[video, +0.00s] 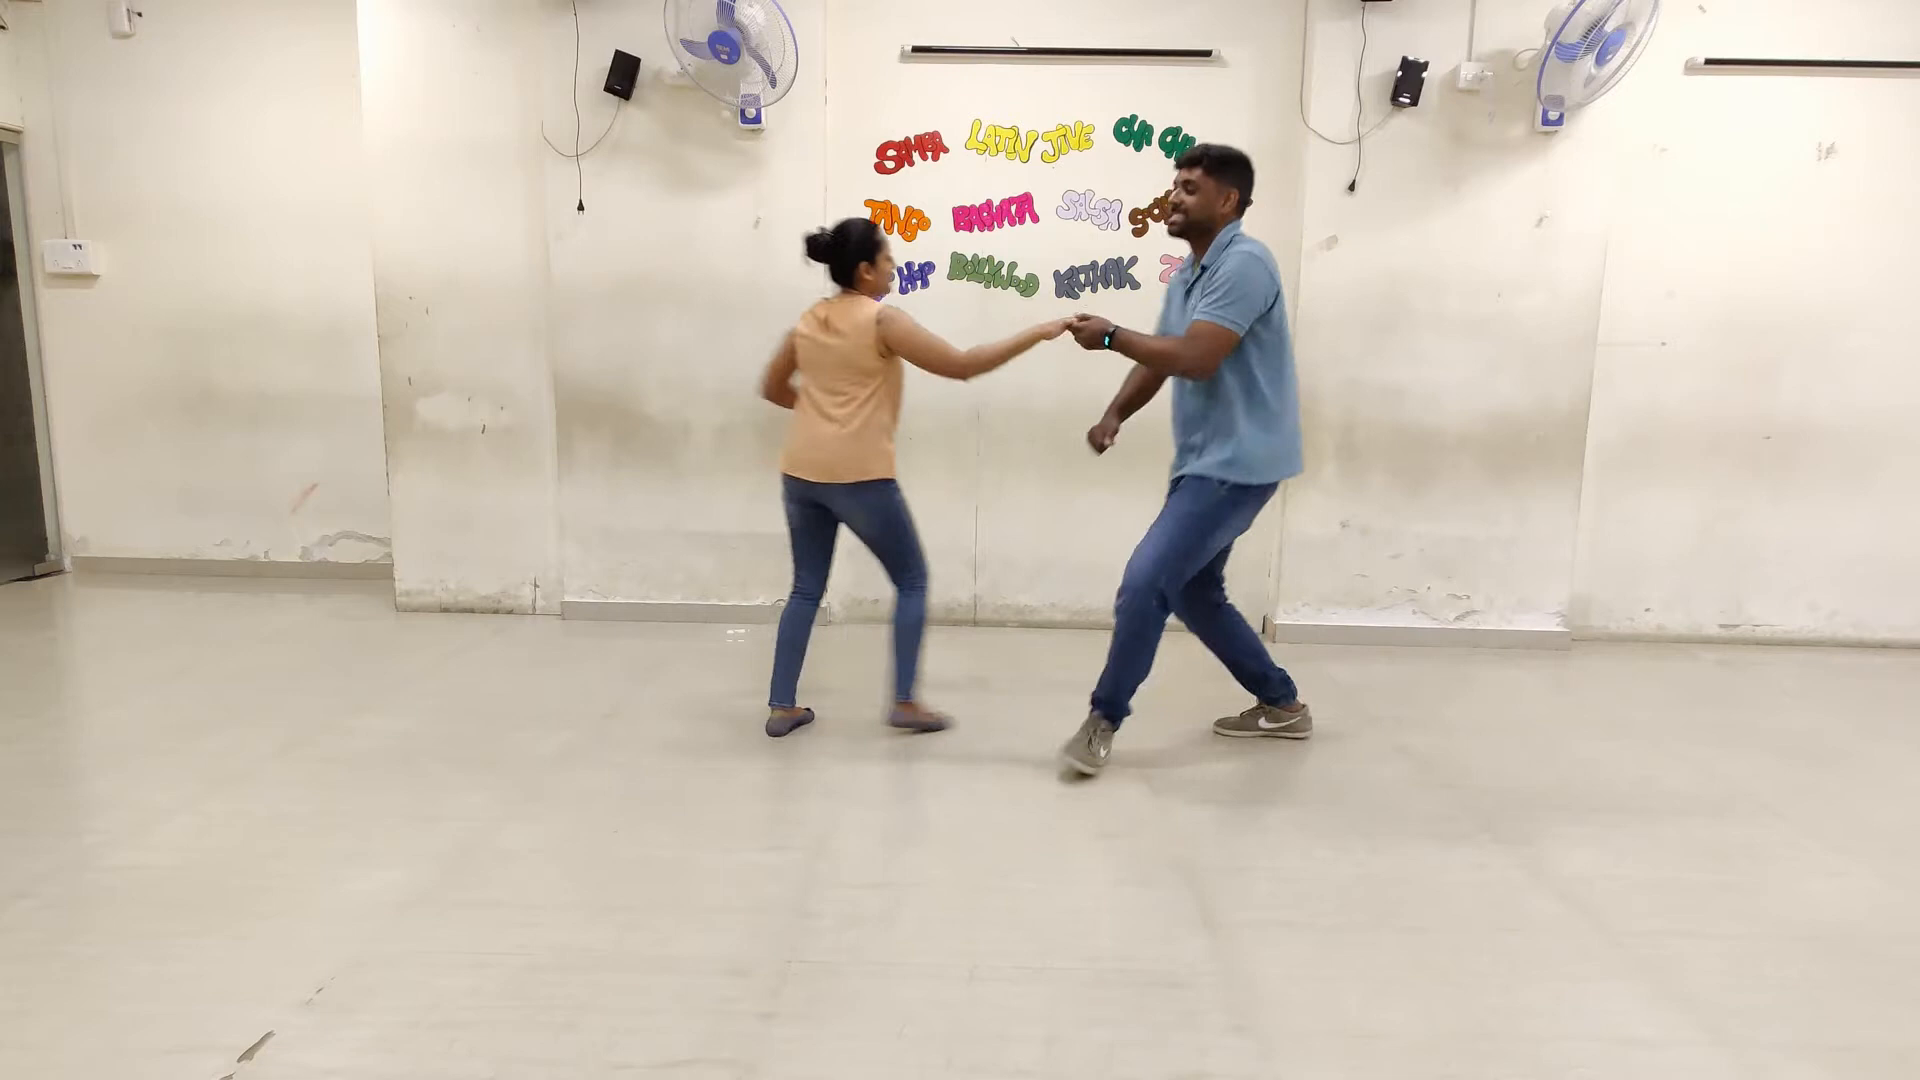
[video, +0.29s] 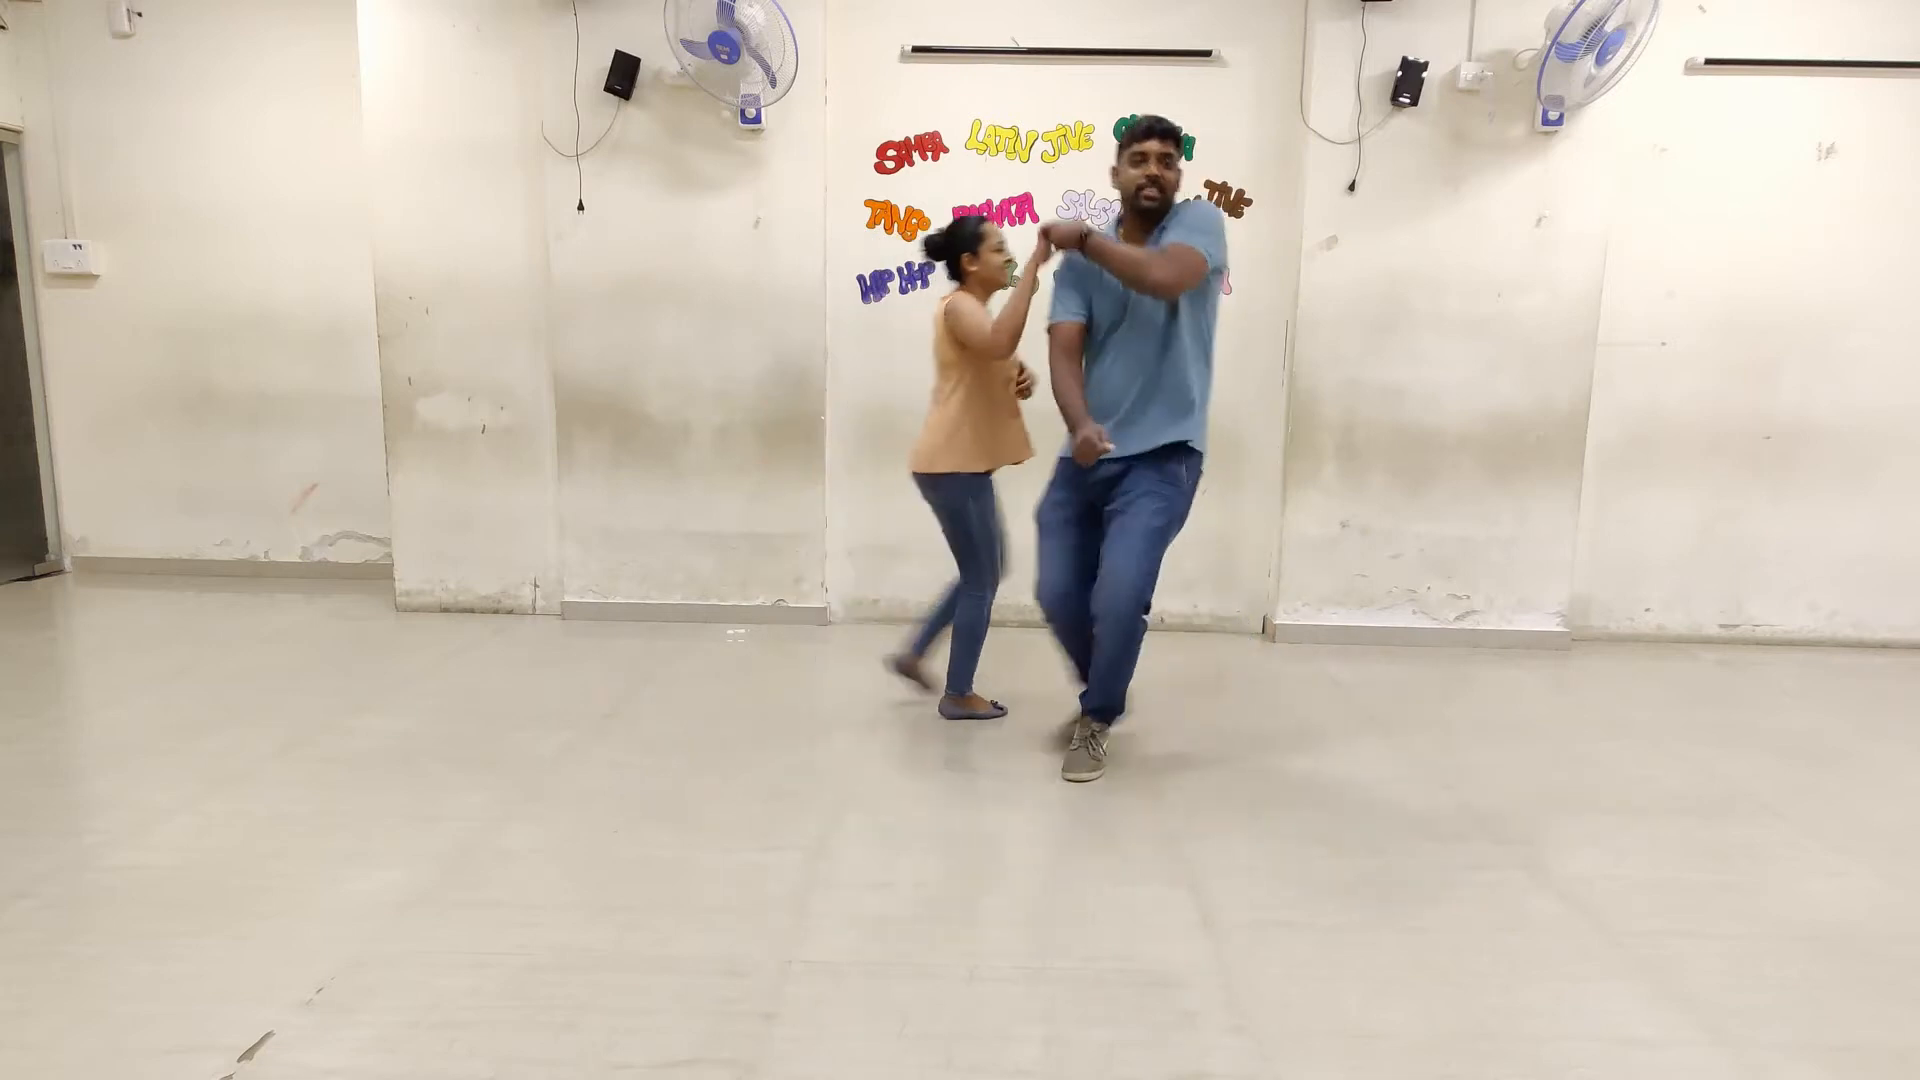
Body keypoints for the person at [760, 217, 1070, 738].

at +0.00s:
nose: (894, 264)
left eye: (889, 255)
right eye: (887, 256)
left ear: (849, 270)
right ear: (865, 268)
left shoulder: (811, 320)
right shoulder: (882, 320)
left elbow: (772, 386)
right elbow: (963, 366)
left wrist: (824, 403)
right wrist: (1037, 333)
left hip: (801, 473)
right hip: (860, 477)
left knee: (805, 588)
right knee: (911, 579)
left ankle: (781, 708)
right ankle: (905, 703)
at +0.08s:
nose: (934, 270)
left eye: (930, 263)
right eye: (925, 265)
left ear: (892, 278)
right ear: (901, 278)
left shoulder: (860, 325)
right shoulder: (915, 328)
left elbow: (837, 398)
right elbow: (984, 379)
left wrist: (902, 399)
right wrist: (1042, 322)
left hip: (843, 479)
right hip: (895, 484)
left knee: (835, 588)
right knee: (949, 581)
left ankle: (785, 699)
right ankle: (956, 696)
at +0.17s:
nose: (962, 271)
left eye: (958, 262)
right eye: (953, 264)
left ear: (919, 277)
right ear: (927, 275)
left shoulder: (894, 323)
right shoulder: (933, 325)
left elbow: (905, 390)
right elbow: (998, 374)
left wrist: (959, 404)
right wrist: (1043, 303)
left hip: (877, 478)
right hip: (921, 483)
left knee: (875, 583)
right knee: (969, 584)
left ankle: (801, 675)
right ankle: (956, 696)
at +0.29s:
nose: (1009, 259)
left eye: (1007, 250)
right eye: (999, 251)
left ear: (973, 263)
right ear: (969, 262)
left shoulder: (974, 309)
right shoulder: (959, 306)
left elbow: (975, 384)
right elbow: (999, 343)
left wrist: (1014, 384)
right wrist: (1032, 270)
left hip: (966, 463)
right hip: (949, 465)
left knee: (986, 569)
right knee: (980, 575)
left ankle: (912, 654)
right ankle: (958, 695)